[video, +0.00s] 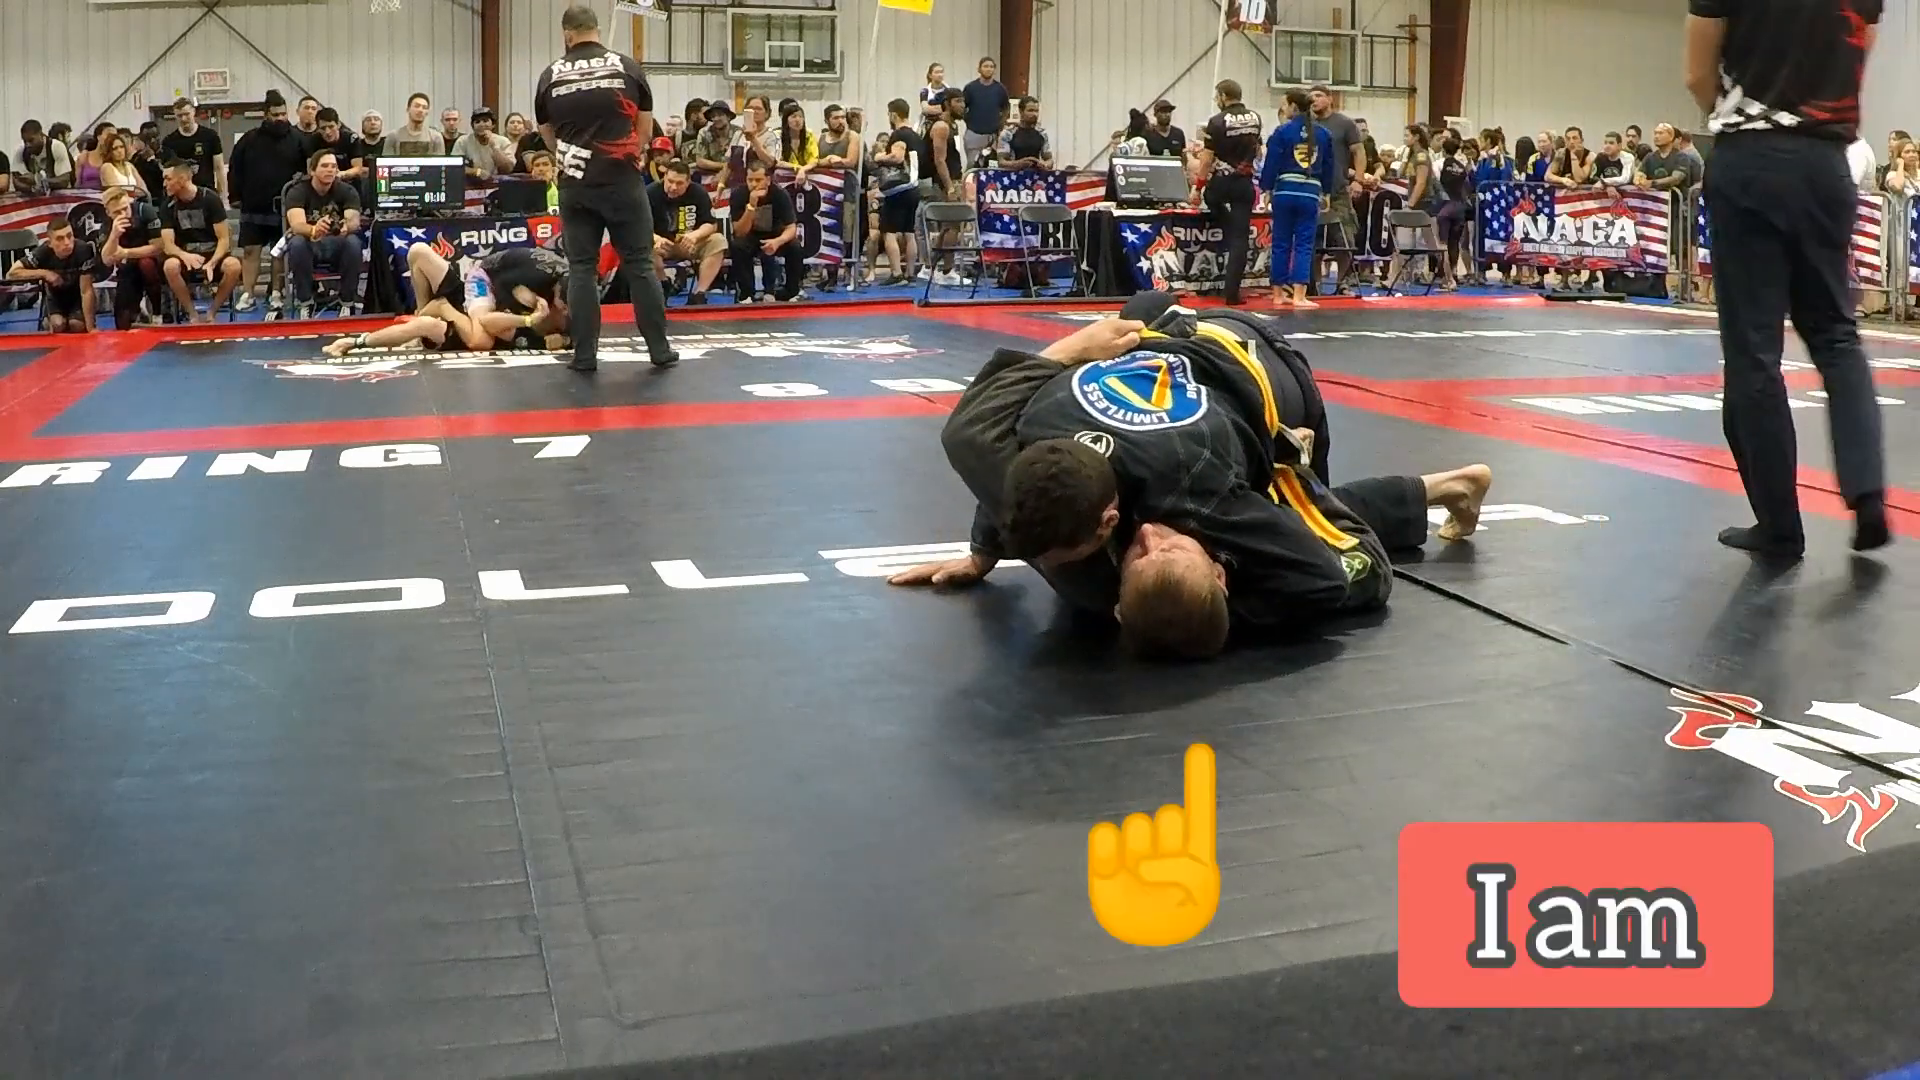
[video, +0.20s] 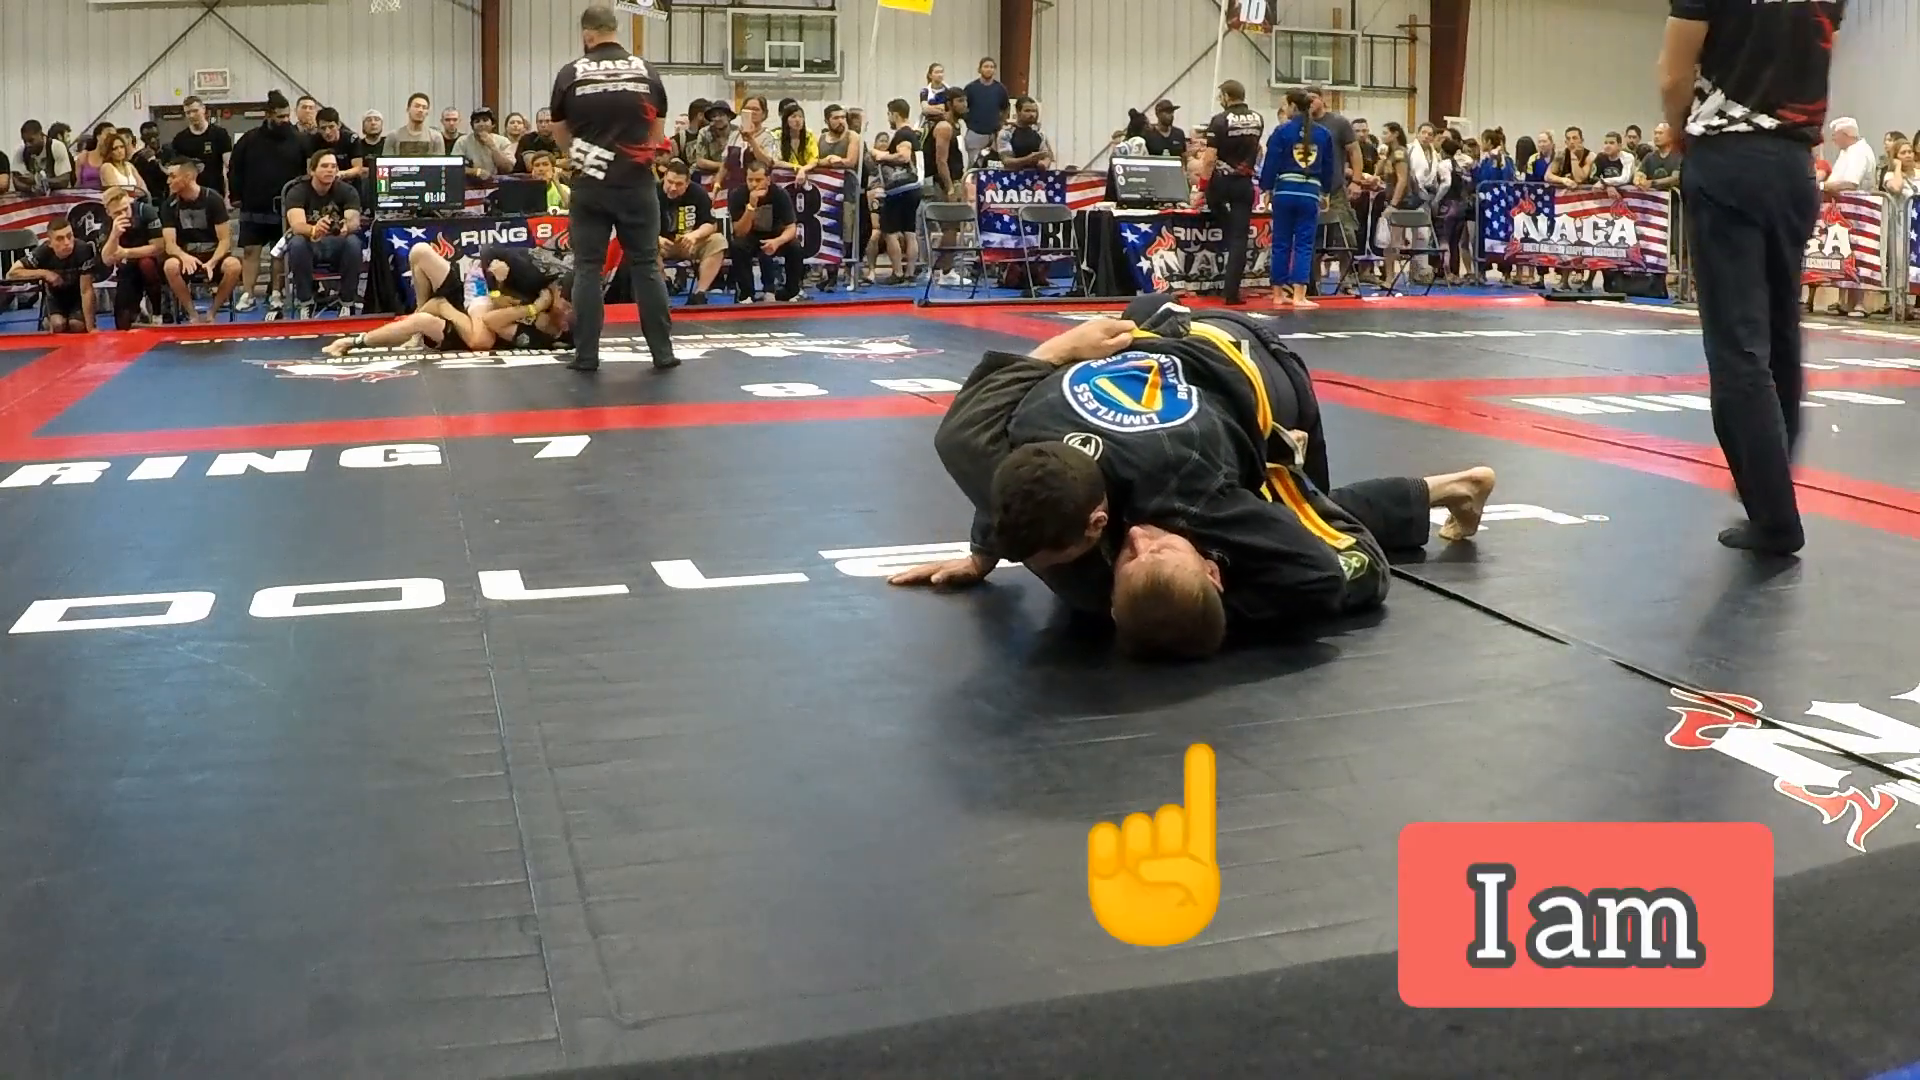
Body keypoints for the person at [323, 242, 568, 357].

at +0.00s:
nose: (554, 304)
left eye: (561, 304)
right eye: (557, 300)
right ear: (553, 298)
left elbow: (481, 330)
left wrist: (448, 311)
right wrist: (532, 305)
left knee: (423, 324)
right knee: (418, 252)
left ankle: (353, 343)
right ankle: (422, 317)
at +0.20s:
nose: (557, 296)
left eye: (563, 299)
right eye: (561, 294)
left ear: (563, 317)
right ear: (556, 295)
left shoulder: (537, 335)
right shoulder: (538, 296)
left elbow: (487, 322)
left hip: (471, 337)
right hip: (468, 306)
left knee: (419, 320)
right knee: (420, 253)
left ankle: (351, 343)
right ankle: (422, 316)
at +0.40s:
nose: (571, 317)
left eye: (574, 315)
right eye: (570, 311)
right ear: (558, 299)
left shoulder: (542, 324)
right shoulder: (535, 295)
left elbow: (495, 328)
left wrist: (538, 311)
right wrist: (493, 283)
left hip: (468, 332)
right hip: (467, 294)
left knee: (409, 305)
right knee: (418, 247)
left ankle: (347, 341)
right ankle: (421, 329)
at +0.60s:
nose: (566, 317)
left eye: (570, 321)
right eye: (572, 315)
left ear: (565, 328)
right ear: (566, 303)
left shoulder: (542, 331)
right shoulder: (535, 290)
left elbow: (495, 329)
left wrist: (537, 308)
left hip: (473, 328)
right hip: (471, 283)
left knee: (413, 309)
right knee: (424, 249)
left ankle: (348, 341)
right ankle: (409, 321)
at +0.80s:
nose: (565, 310)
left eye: (571, 312)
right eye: (570, 306)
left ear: (571, 324)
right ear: (566, 299)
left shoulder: (545, 336)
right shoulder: (545, 306)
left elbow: (496, 322)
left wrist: (528, 308)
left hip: (473, 332)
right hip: (470, 307)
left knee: (414, 315)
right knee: (426, 253)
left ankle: (349, 342)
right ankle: (399, 323)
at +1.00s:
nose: (575, 314)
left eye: (583, 313)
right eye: (579, 307)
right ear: (569, 289)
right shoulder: (546, 273)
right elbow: (514, 252)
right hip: (480, 273)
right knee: (480, 341)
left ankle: (432, 308)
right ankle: (433, 309)